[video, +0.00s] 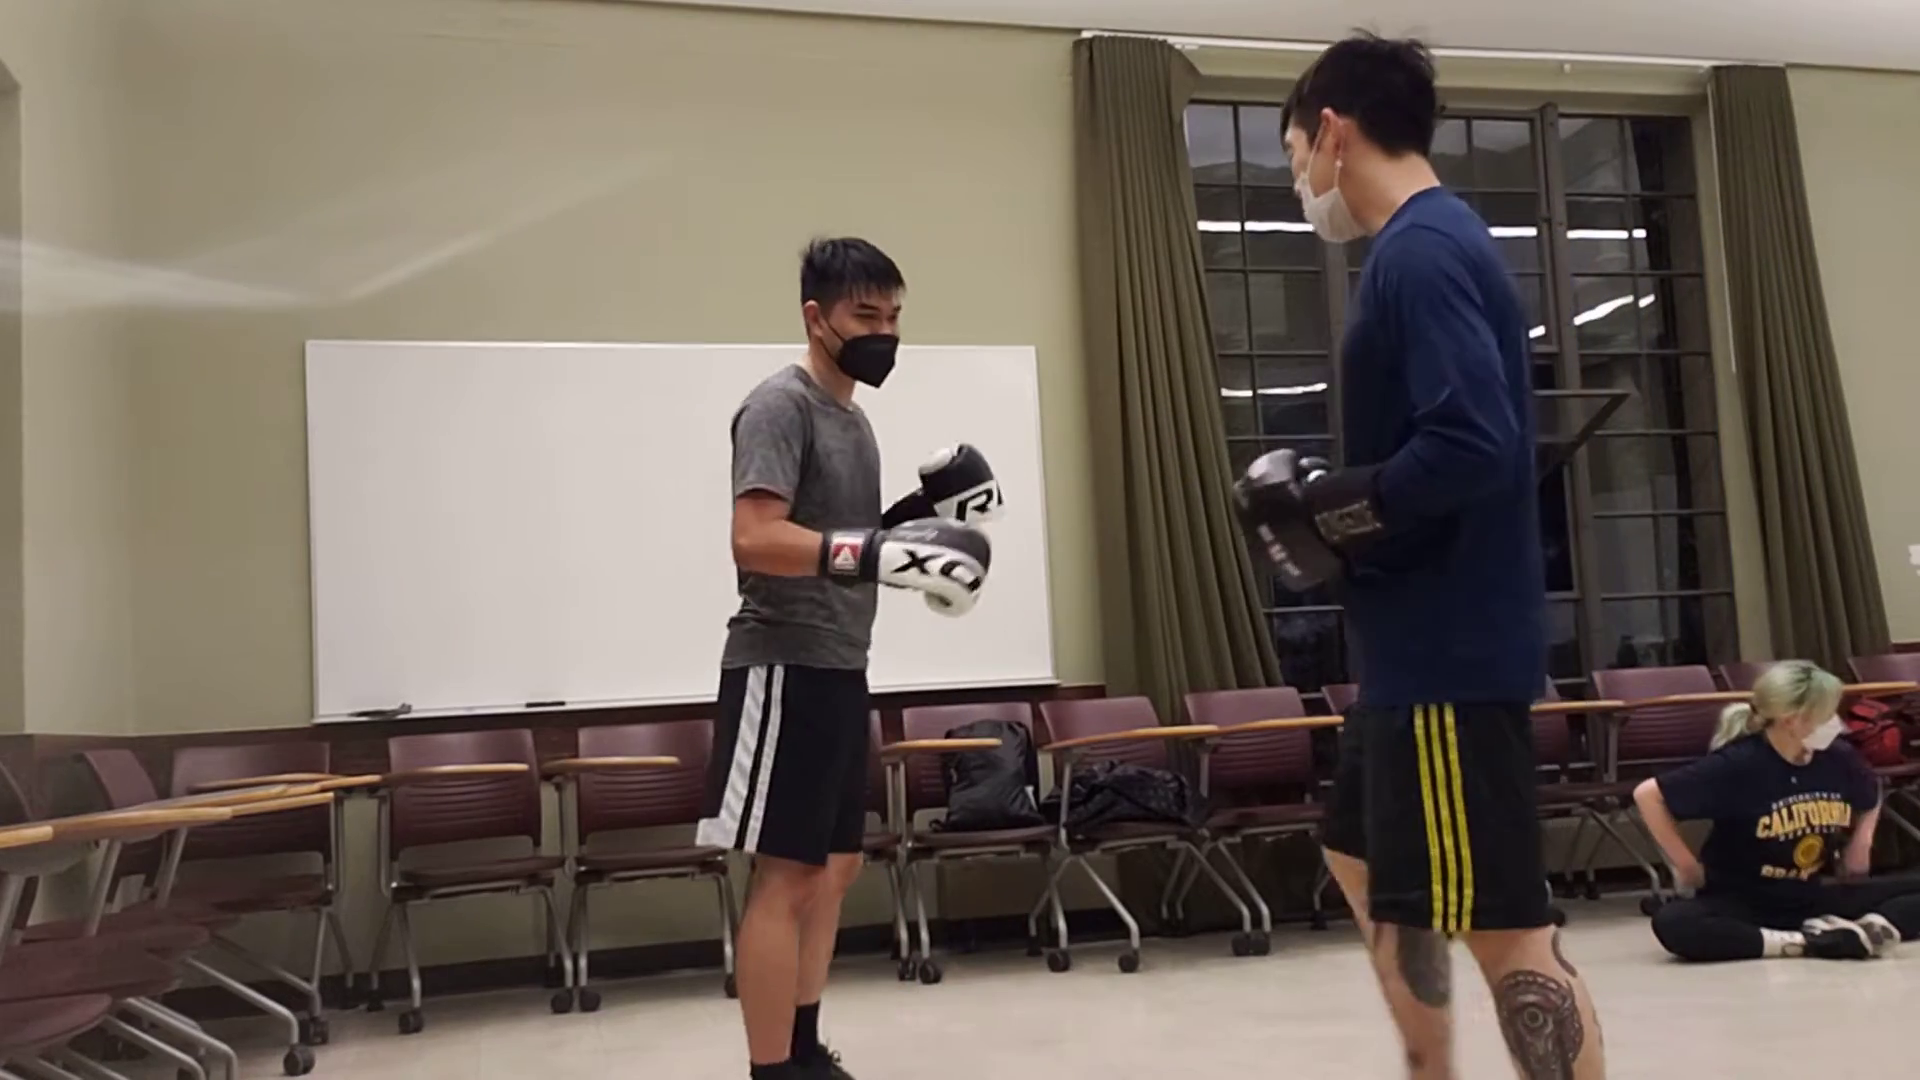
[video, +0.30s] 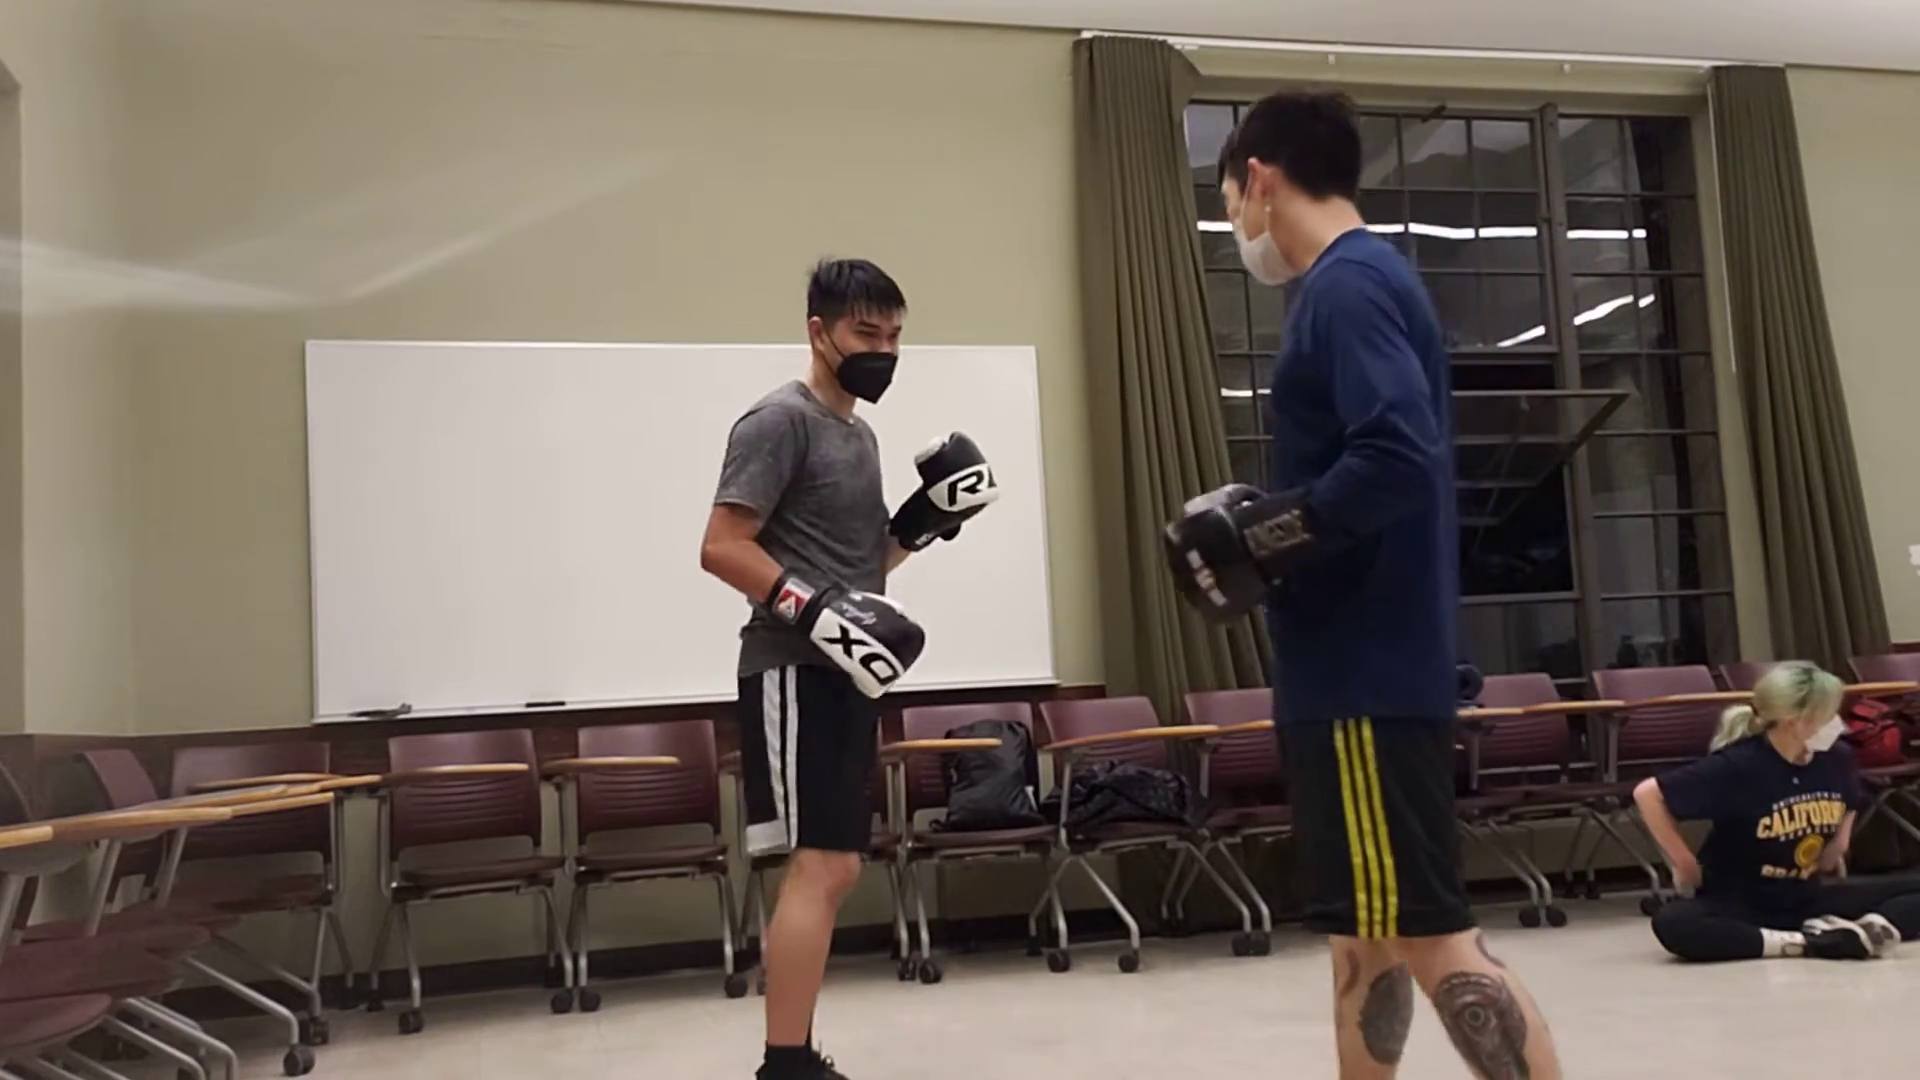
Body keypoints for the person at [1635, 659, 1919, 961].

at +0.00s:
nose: (1835, 725)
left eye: (1834, 716)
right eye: (1826, 718)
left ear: (1797, 721)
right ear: (1793, 722)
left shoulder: (1837, 760)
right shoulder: (1738, 764)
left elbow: (1870, 794)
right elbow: (1647, 794)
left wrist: (1859, 848)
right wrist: (1684, 864)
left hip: (1813, 897)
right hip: (1740, 902)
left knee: (1917, 888)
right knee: (1673, 923)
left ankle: (1853, 931)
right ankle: (1797, 943)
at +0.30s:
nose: (1836, 726)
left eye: (1834, 717)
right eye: (1827, 719)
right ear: (1793, 722)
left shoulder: (1835, 760)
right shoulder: (1738, 765)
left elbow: (1850, 802)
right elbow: (1647, 793)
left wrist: (1837, 846)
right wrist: (1682, 862)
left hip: (1809, 896)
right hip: (1739, 902)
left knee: (1917, 888)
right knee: (1672, 922)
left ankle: (1853, 932)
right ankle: (1798, 943)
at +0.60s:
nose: (1832, 724)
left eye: (1831, 715)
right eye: (1823, 717)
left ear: (1796, 722)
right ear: (1790, 722)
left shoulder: (1828, 760)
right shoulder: (1735, 766)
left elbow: (1846, 805)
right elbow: (1654, 812)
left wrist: (1837, 848)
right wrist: (1712, 867)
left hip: (1814, 896)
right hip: (1746, 904)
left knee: (1917, 888)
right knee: (1672, 922)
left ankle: (1859, 931)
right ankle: (1797, 944)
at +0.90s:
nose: (1821, 714)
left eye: (1820, 704)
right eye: (1813, 705)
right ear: (1782, 711)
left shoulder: (1823, 766)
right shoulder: (1735, 770)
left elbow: (1855, 840)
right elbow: (1691, 854)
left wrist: (1855, 873)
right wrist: (1781, 886)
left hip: (1824, 897)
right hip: (1750, 905)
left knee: (1915, 894)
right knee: (1670, 922)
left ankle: (1851, 932)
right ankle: (1794, 945)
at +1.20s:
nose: (1830, 715)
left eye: (1828, 705)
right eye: (1821, 706)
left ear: (1795, 709)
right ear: (1788, 709)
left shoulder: (1828, 769)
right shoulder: (1736, 773)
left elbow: (1847, 851)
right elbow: (1722, 868)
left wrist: (1851, 898)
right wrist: (1807, 912)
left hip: (1821, 900)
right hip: (1748, 904)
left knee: (1915, 900)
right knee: (1670, 922)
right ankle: (1796, 945)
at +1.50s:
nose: (1839, 717)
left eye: (1837, 707)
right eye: (1831, 708)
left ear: (1801, 715)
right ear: (1799, 714)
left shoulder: (1832, 772)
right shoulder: (1736, 775)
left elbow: (1848, 853)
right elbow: (1725, 869)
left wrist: (1852, 900)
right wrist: (1805, 915)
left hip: (1821, 898)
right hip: (1746, 902)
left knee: (1915, 897)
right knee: (1670, 923)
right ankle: (1799, 944)